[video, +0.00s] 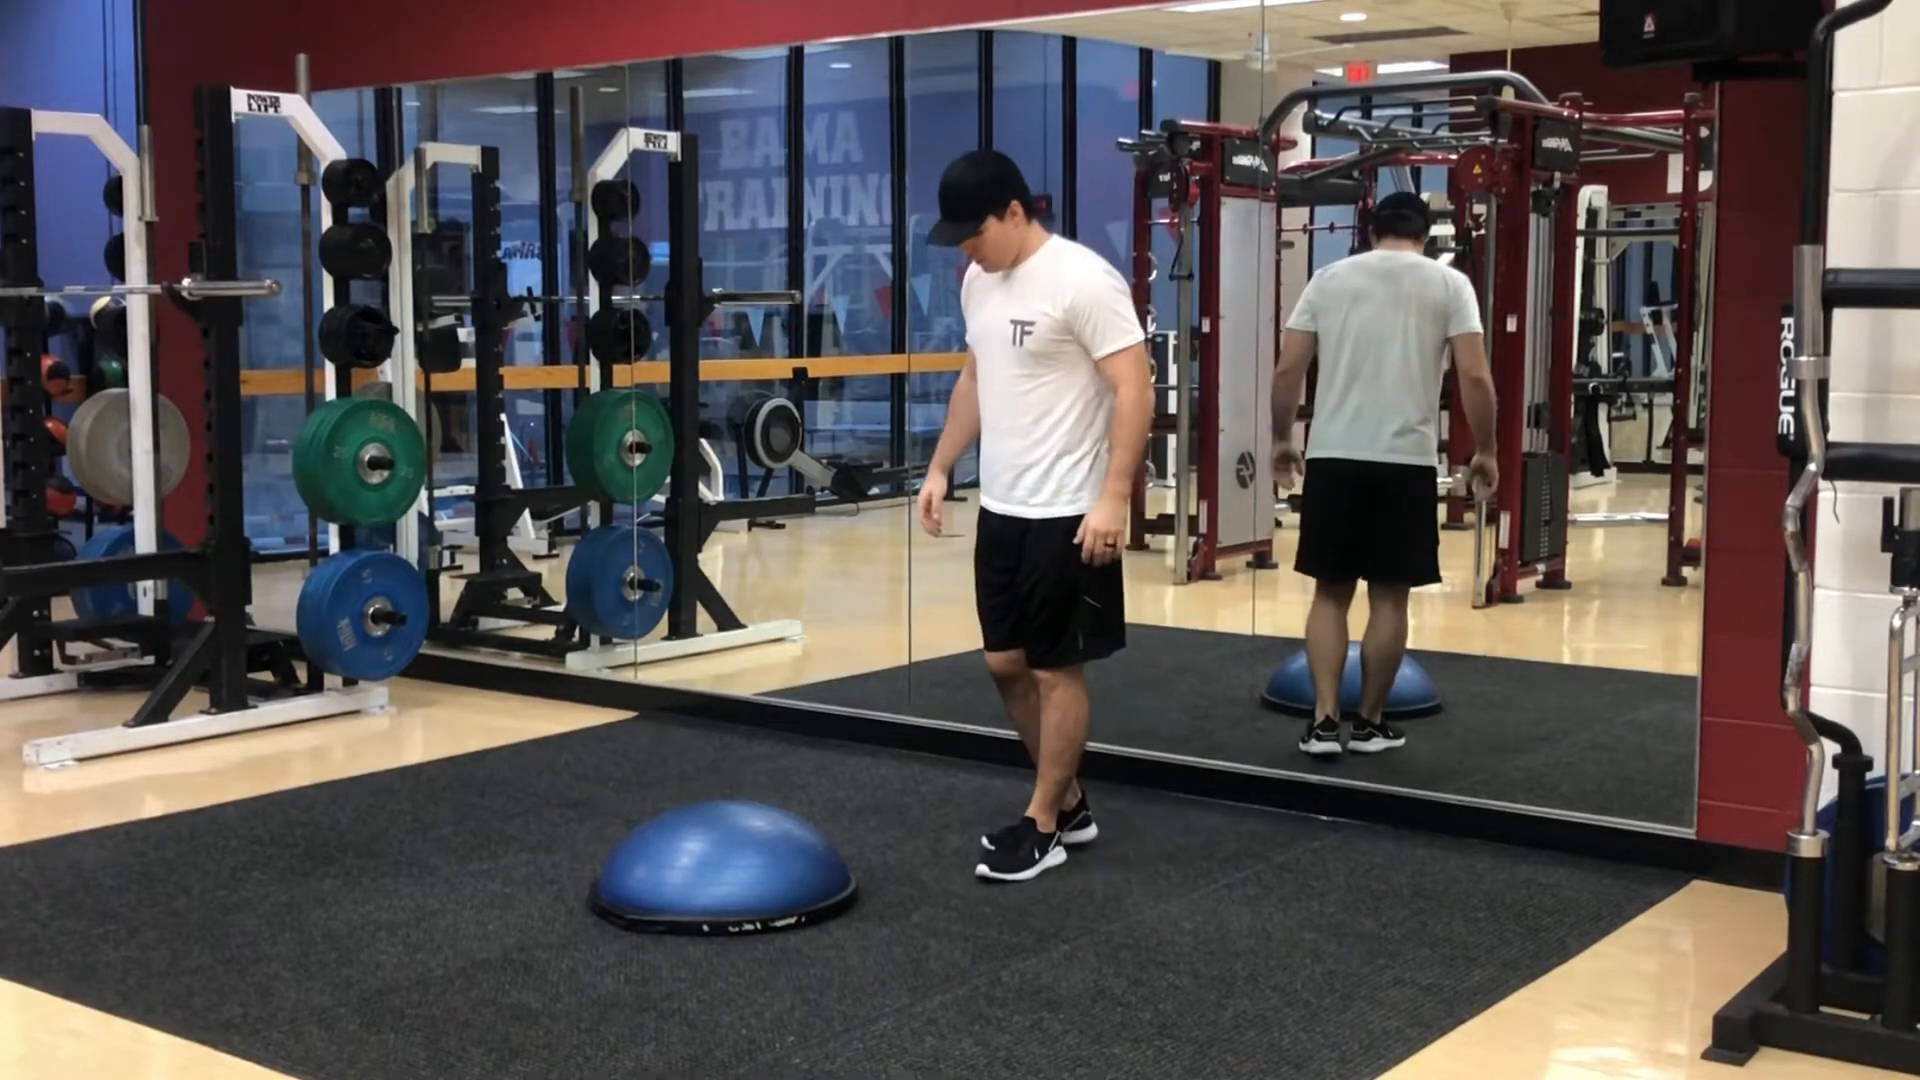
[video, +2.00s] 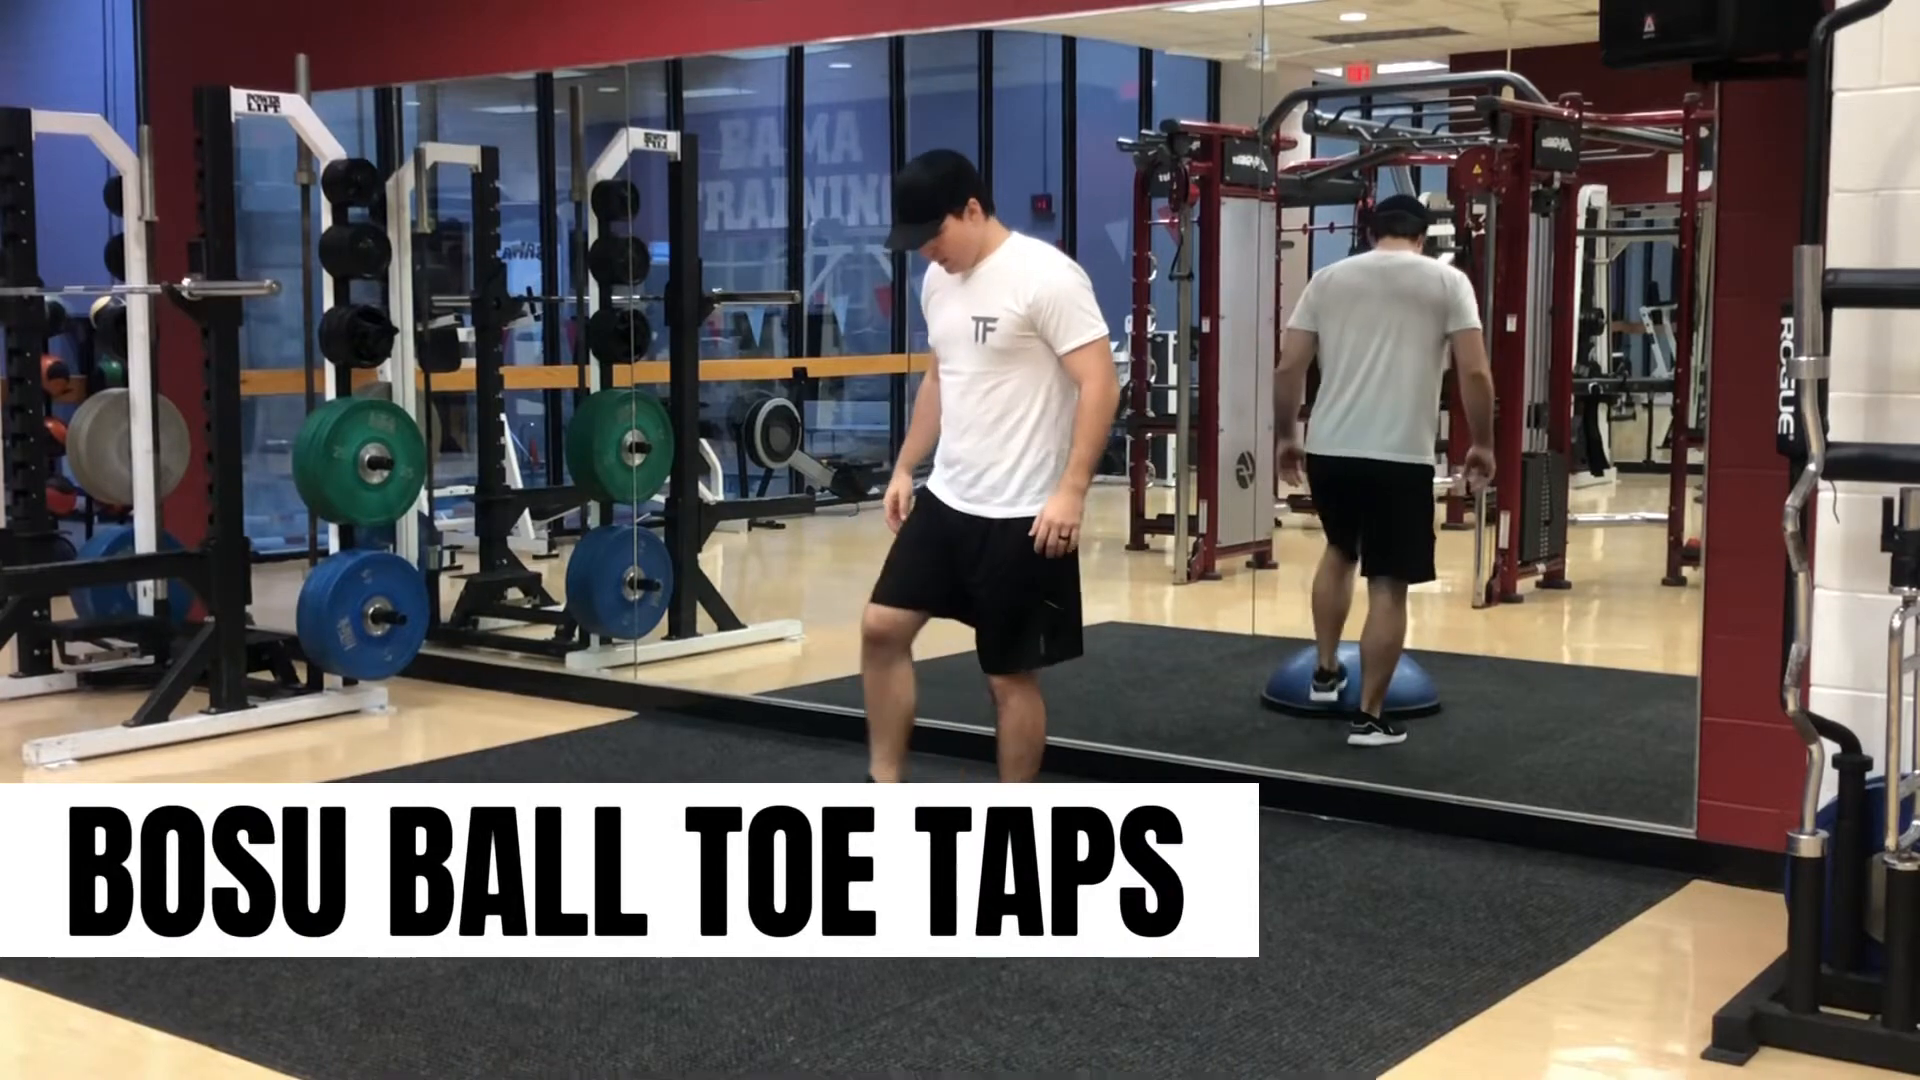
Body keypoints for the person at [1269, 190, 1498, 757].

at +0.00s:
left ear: (1371, 233)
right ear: (1424, 237)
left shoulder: (1329, 278)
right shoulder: (1449, 283)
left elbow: (1287, 370)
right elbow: (1475, 379)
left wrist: (1282, 438)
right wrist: (1485, 450)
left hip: (1333, 463)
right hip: (1406, 469)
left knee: (1331, 591)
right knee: (1390, 598)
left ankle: (1324, 720)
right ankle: (1369, 722)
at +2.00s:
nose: (1414, 246)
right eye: (1421, 238)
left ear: (1371, 234)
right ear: (1422, 238)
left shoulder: (1328, 278)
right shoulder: (1447, 280)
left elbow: (1289, 367)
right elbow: (1474, 373)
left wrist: (1286, 436)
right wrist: (1482, 443)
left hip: (1329, 452)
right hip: (1402, 460)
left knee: (1339, 550)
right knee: (1388, 589)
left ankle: (1325, 671)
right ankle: (1370, 718)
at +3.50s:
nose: (1380, 246)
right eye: (1382, 238)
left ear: (1331, 230)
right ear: (1377, 235)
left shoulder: (1286, 271)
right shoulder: (1395, 276)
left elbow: (1230, 338)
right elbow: (1436, 340)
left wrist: (1253, 375)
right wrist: (1433, 381)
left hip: (1280, 440)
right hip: (1352, 447)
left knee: (1291, 521)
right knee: (1366, 578)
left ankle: (1262, 629)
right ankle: (1368, 706)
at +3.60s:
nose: (1365, 228)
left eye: (1359, 222)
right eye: (1365, 221)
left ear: (1312, 215)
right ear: (1361, 218)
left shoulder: (1265, 254)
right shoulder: (1371, 255)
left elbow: (1212, 321)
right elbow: (1392, 315)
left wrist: (1251, 373)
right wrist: (1390, 362)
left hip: (1267, 420)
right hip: (1335, 425)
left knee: (1261, 534)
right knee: (1370, 543)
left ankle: (1215, 644)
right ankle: (1356, 659)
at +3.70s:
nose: (1344, 245)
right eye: (1343, 238)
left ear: (1294, 233)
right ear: (1340, 237)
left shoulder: (1247, 275)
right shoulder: (1344, 271)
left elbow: (1202, 350)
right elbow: (1348, 335)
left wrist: (1235, 388)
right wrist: (1354, 382)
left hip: (1247, 437)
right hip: (1311, 438)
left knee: (1232, 557)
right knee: (1371, 513)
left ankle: (1187, 677)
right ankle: (1327, 618)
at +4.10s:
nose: (1345, 231)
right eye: (1346, 223)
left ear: (1295, 221)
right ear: (1343, 222)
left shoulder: (1252, 263)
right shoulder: (1362, 256)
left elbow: (1196, 330)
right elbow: (1401, 308)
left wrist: (1229, 376)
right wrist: (1400, 356)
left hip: (1262, 423)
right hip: (1331, 423)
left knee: (1272, 522)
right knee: (1365, 544)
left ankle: (1243, 629)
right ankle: (1379, 665)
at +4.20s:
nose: (1363, 256)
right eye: (1364, 247)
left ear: (1310, 247)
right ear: (1361, 247)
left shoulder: (1270, 284)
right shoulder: (1384, 287)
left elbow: (1216, 344)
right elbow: (1428, 362)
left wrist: (1214, 412)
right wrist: (1415, 404)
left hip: (1270, 448)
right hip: (1342, 450)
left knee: (1300, 515)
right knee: (1370, 576)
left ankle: (1308, 606)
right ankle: (1399, 704)